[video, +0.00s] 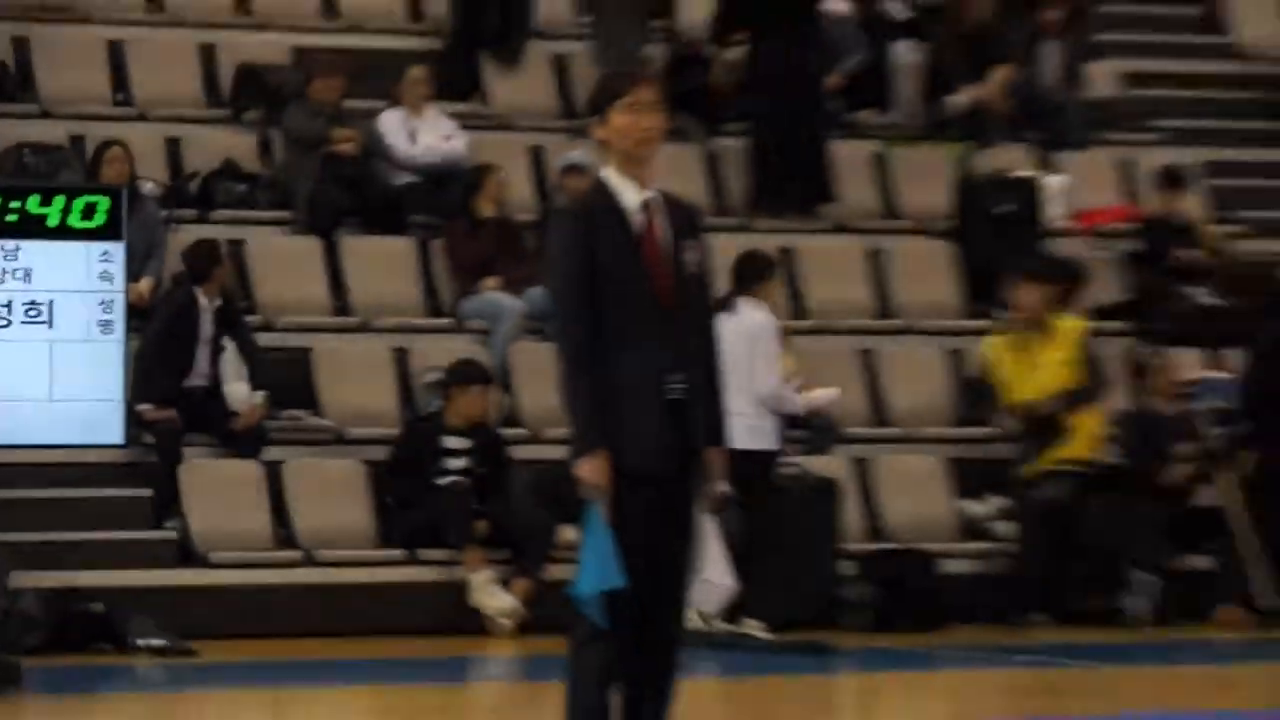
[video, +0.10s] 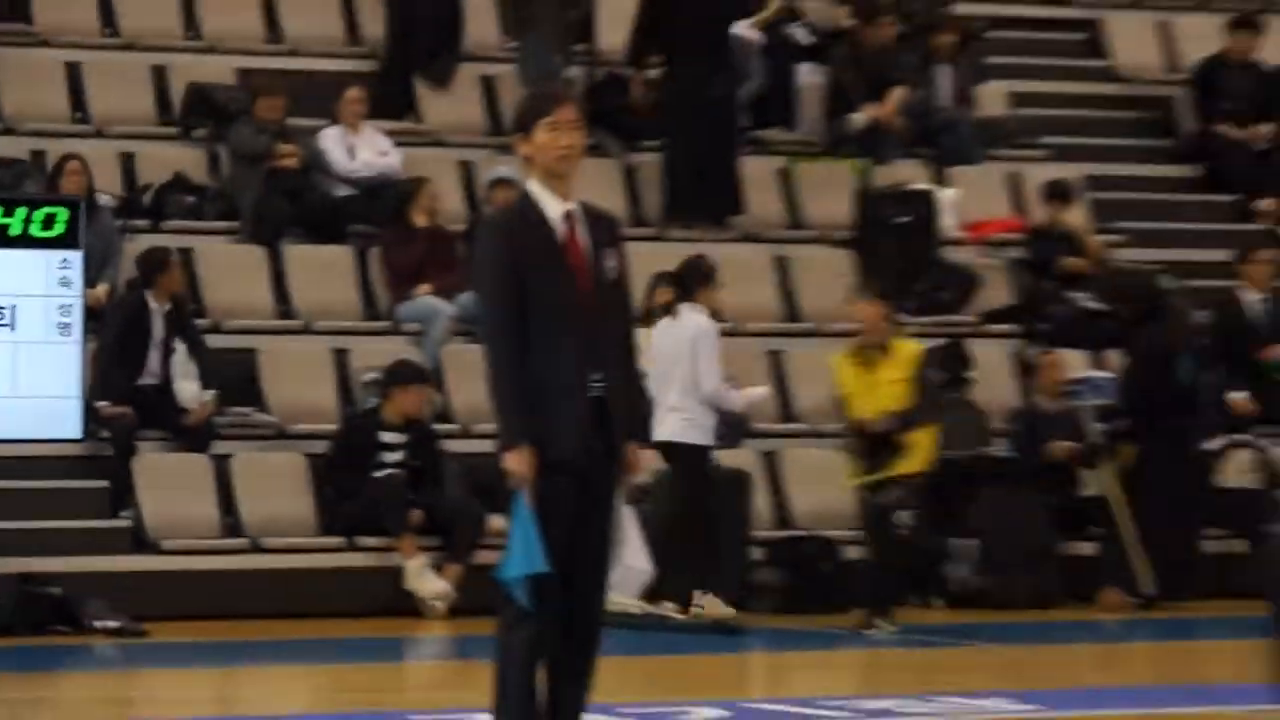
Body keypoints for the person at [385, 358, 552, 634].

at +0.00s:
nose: (483, 403)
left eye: (485, 394)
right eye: (476, 394)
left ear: (487, 396)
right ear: (454, 395)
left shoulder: (489, 439)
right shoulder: (419, 432)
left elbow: (499, 489)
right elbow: (402, 485)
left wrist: (488, 518)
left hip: (473, 522)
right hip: (421, 523)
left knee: (537, 523)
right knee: (457, 495)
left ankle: (512, 599)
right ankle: (479, 580)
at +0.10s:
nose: (423, 400)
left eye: (424, 393)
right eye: (417, 392)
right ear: (395, 393)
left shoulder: (422, 433)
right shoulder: (358, 428)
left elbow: (432, 482)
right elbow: (339, 479)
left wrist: (420, 508)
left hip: (406, 509)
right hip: (356, 511)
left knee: (467, 512)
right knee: (393, 485)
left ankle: (444, 585)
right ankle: (414, 566)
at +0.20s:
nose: (375, 397)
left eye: (376, 390)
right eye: (369, 390)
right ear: (347, 390)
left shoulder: (370, 427)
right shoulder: (311, 420)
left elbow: (379, 472)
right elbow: (294, 468)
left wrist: (370, 497)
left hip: (356, 494)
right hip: (310, 498)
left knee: (412, 502)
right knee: (342, 478)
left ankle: (392, 568)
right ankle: (364, 553)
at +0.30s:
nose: (330, 392)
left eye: (331, 386)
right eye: (324, 386)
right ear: (303, 386)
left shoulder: (326, 421)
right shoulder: (270, 414)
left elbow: (335, 463)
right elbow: (251, 458)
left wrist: (324, 485)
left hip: (312, 486)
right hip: (270, 488)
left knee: (363, 488)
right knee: (300, 465)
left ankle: (346, 551)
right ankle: (319, 536)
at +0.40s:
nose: (291, 383)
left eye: (291, 377)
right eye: (285, 376)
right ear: (267, 377)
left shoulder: (288, 409)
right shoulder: (235, 403)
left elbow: (296, 449)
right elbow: (216, 445)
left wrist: (285, 470)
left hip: (275, 470)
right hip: (234, 471)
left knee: (326, 474)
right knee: (264, 451)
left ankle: (306, 532)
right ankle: (280, 517)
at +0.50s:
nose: (260, 381)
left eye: (259, 376)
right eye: (254, 375)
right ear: (237, 376)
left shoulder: (257, 406)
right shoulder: (206, 400)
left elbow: (262, 445)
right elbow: (189, 440)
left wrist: (253, 464)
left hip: (244, 463)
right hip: (204, 464)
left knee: (292, 468)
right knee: (233, 445)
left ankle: (273, 523)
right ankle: (248, 508)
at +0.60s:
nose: (231, 375)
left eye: (230, 370)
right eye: (226, 369)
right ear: (208, 370)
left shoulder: (228, 399)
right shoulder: (179, 394)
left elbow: (234, 435)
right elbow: (162, 430)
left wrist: (224, 454)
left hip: (217, 452)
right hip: (179, 454)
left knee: (262, 457)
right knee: (205, 436)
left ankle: (243, 510)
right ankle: (220, 496)